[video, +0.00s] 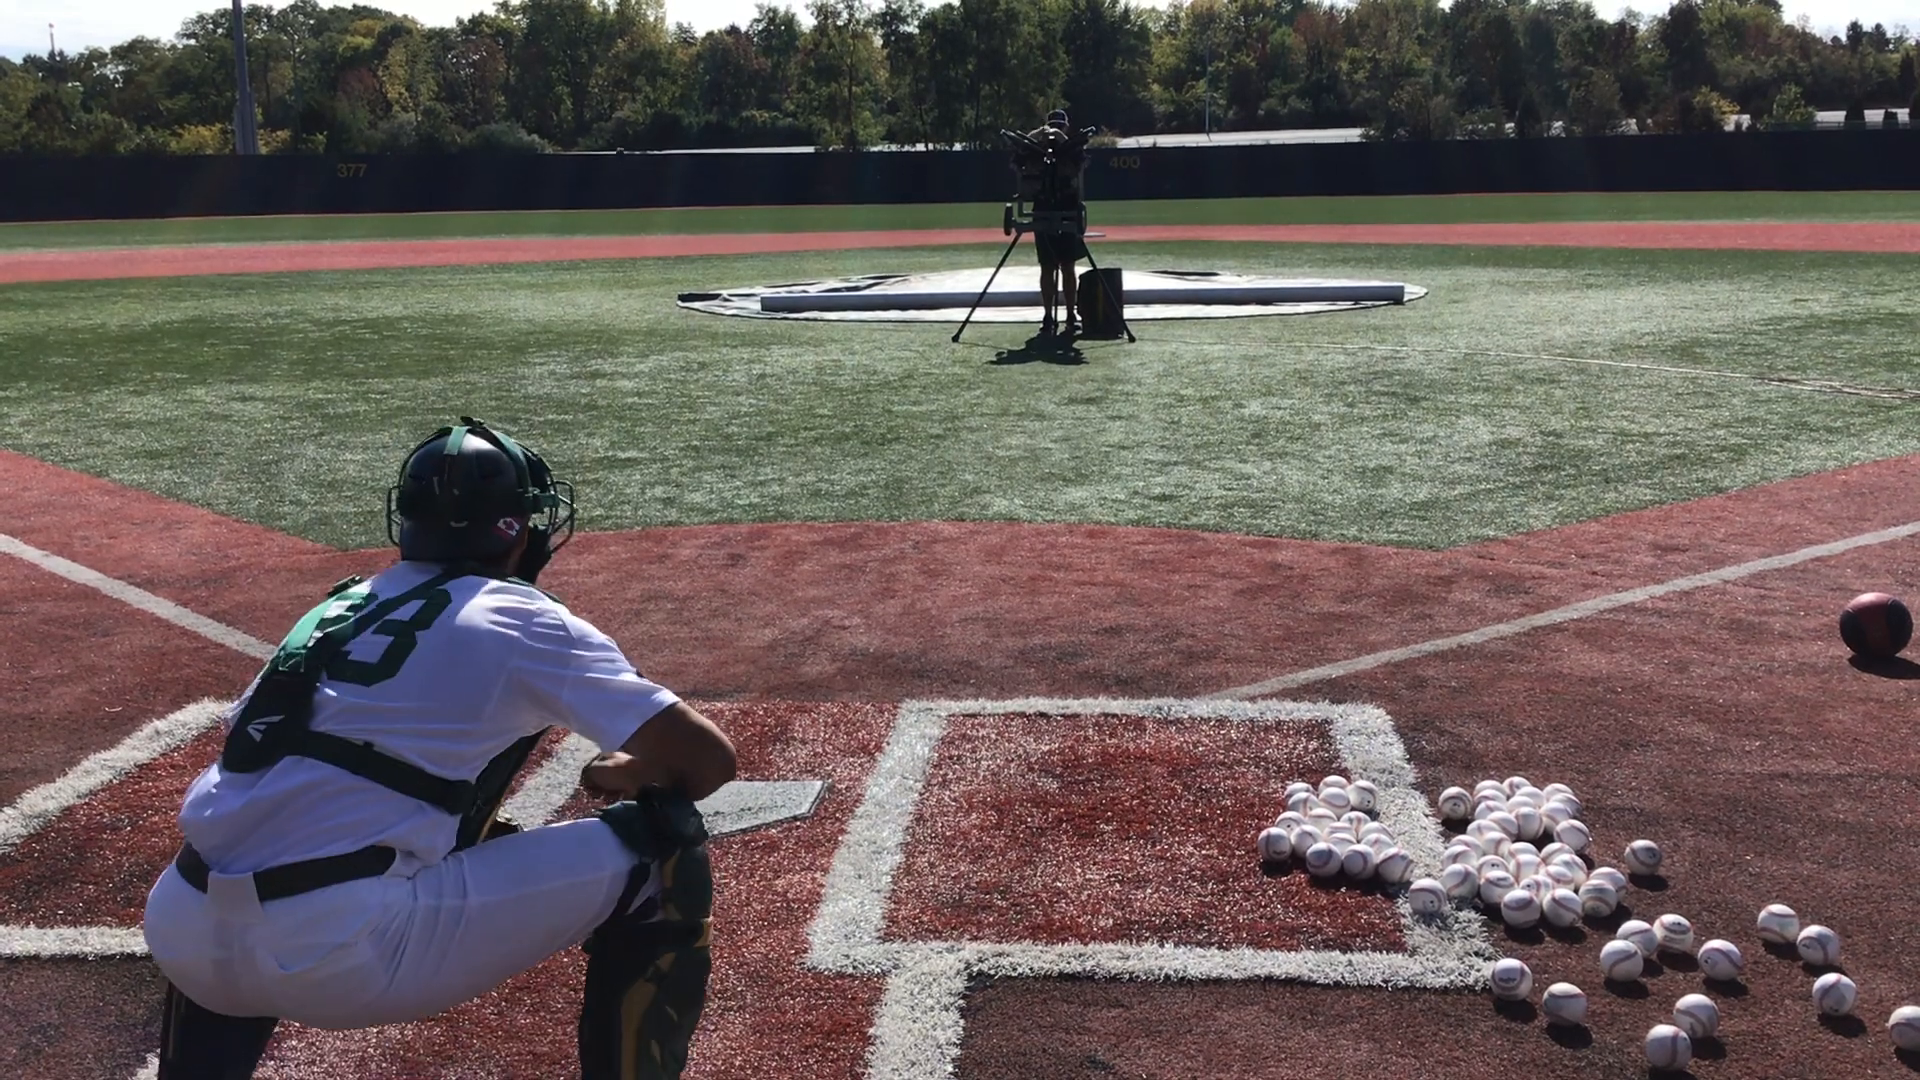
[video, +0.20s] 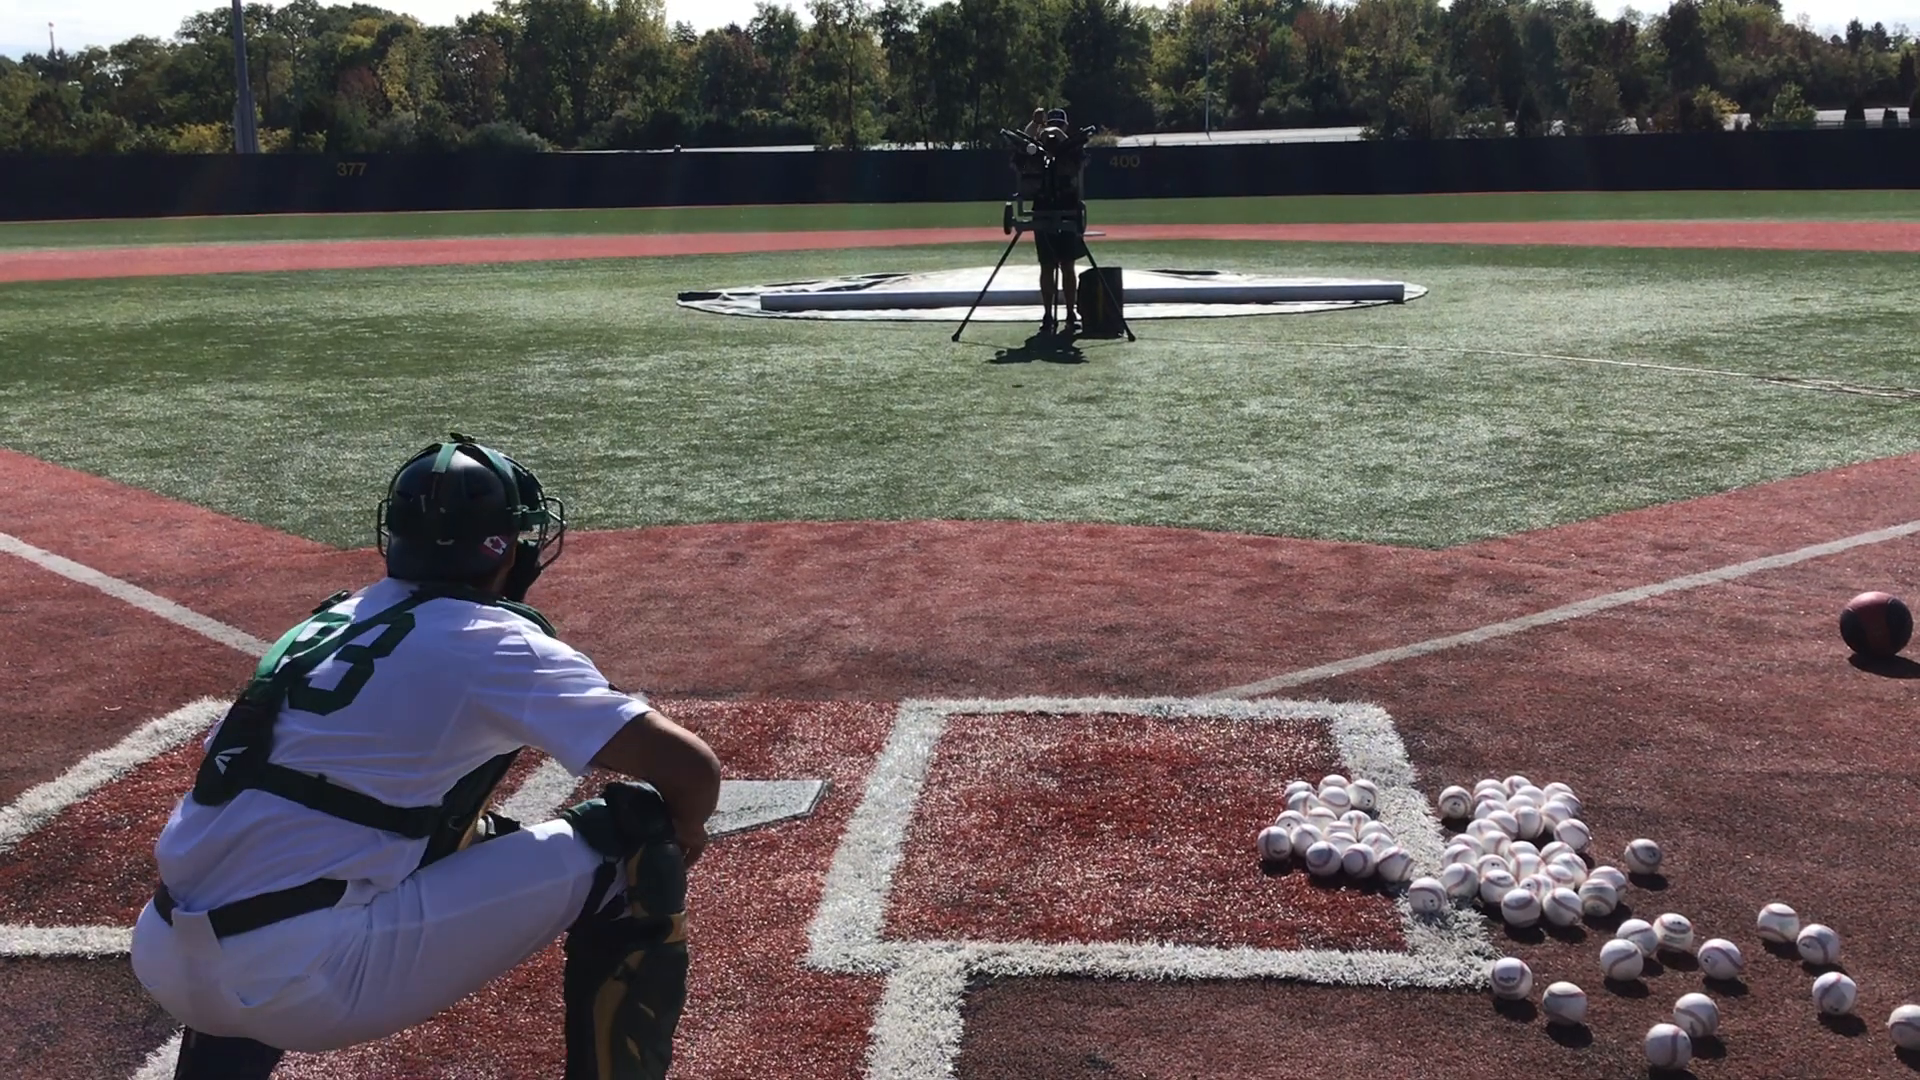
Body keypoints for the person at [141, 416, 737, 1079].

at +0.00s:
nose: (540, 537)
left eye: (536, 521)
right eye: (534, 523)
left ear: (409, 527)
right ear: (510, 535)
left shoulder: (342, 600)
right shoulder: (518, 618)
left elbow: (282, 753)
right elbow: (705, 757)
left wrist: (451, 822)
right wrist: (623, 771)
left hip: (181, 932)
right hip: (338, 951)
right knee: (662, 847)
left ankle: (193, 1066)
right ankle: (630, 1062)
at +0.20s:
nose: (527, 552)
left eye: (525, 537)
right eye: (522, 540)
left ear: (398, 541)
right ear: (497, 554)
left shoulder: (331, 615)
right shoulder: (485, 640)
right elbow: (693, 768)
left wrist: (452, 835)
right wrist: (684, 832)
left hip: (164, 960)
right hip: (296, 980)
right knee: (637, 835)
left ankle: (219, 1064)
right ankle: (616, 1065)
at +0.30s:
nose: (527, 555)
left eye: (524, 539)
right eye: (519, 541)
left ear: (396, 545)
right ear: (496, 559)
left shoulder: (329, 618)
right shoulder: (478, 642)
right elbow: (679, 767)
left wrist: (478, 809)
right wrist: (713, 837)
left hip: (176, 967)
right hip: (299, 986)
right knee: (634, 835)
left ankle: (240, 1063)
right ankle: (615, 1063)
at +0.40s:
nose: (531, 552)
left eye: (528, 535)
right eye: (525, 540)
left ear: (396, 545)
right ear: (502, 556)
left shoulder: (342, 616)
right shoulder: (482, 649)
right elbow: (681, 791)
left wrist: (549, 788)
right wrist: (736, 852)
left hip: (205, 970)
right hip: (308, 992)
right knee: (640, 853)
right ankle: (615, 1063)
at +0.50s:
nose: (529, 546)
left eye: (527, 533)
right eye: (521, 534)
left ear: (398, 546)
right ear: (497, 553)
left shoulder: (343, 616)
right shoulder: (476, 650)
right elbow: (650, 778)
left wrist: (499, 628)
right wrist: (749, 847)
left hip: (238, 970)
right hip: (320, 995)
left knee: (479, 781)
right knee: (635, 856)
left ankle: (387, 1022)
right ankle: (617, 1064)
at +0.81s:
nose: (540, 548)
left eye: (538, 532)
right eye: (532, 534)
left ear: (406, 542)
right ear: (508, 548)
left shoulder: (352, 619)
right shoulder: (489, 656)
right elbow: (617, 785)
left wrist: (509, 619)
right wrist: (771, 831)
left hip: (267, 974)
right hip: (349, 991)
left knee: (491, 804)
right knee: (652, 861)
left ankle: (471, 1028)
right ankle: (623, 1063)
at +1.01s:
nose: (539, 521)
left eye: (537, 503)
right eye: (533, 504)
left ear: (415, 511)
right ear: (511, 520)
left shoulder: (355, 596)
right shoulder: (502, 627)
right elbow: (662, 752)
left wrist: (534, 639)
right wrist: (727, 770)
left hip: (270, 948)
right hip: (366, 951)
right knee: (676, 845)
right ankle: (629, 1064)